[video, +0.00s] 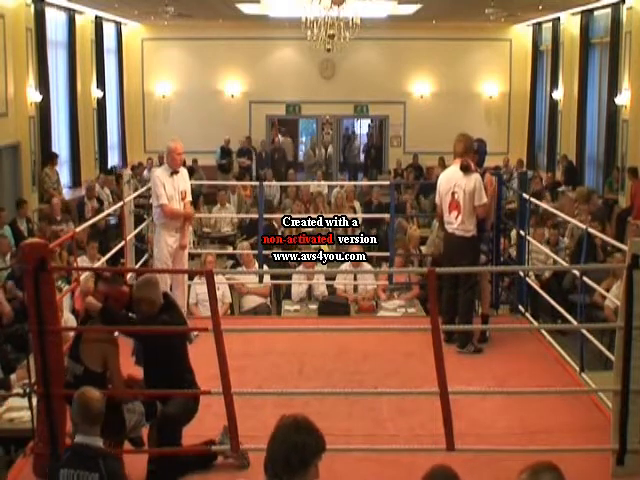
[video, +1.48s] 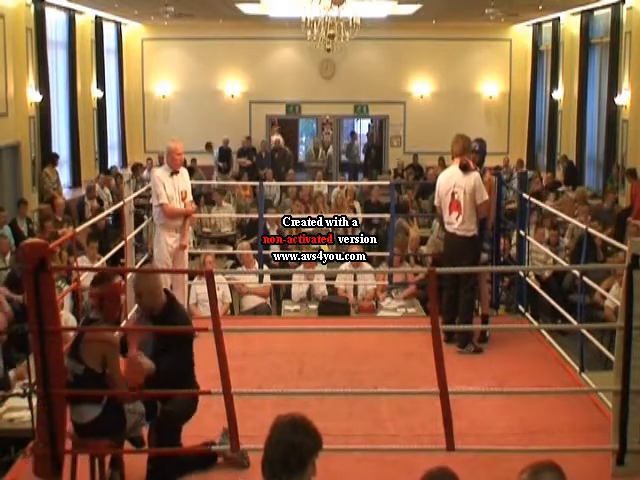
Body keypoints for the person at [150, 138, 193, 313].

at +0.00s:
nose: (180, 158)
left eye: (182, 154)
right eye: (177, 155)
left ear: (183, 156)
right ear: (167, 156)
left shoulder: (184, 173)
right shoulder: (158, 174)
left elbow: (187, 202)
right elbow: (165, 208)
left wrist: (185, 233)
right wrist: (185, 213)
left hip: (182, 226)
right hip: (165, 227)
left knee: (181, 270)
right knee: (163, 270)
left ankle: (180, 311)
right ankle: (162, 310)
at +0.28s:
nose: (180, 158)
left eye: (181, 154)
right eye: (176, 155)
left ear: (183, 156)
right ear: (167, 156)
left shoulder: (184, 173)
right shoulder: (158, 174)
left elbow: (187, 202)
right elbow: (164, 208)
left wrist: (185, 234)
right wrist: (185, 216)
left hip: (182, 226)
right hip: (165, 227)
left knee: (181, 270)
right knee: (163, 270)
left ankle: (180, 311)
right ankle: (161, 310)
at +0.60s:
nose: (179, 158)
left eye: (181, 154)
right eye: (175, 155)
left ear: (183, 156)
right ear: (166, 157)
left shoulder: (184, 173)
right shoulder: (158, 174)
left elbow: (188, 204)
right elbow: (166, 209)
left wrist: (185, 233)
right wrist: (187, 211)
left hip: (183, 227)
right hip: (165, 228)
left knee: (181, 271)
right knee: (163, 270)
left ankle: (181, 310)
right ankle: (162, 310)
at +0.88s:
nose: (180, 158)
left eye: (181, 154)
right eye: (176, 155)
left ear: (183, 156)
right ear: (167, 156)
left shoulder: (184, 173)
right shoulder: (158, 174)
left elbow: (188, 205)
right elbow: (166, 209)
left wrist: (185, 235)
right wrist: (186, 211)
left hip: (182, 229)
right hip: (165, 229)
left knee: (181, 271)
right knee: (163, 271)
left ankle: (181, 309)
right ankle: (163, 309)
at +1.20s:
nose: (180, 158)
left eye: (181, 154)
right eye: (176, 155)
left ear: (183, 155)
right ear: (167, 156)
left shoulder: (184, 173)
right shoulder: (157, 174)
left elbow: (188, 204)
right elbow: (166, 208)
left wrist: (185, 234)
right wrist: (186, 212)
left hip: (182, 227)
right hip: (165, 227)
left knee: (181, 270)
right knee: (164, 270)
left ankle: (182, 308)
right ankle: (164, 309)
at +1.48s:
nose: (179, 158)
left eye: (181, 154)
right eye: (175, 155)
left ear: (183, 156)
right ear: (167, 156)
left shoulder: (184, 173)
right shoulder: (158, 174)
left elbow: (189, 204)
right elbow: (166, 209)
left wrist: (185, 235)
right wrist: (187, 209)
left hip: (182, 228)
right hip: (165, 228)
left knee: (181, 270)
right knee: (164, 270)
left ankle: (181, 307)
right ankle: (163, 308)